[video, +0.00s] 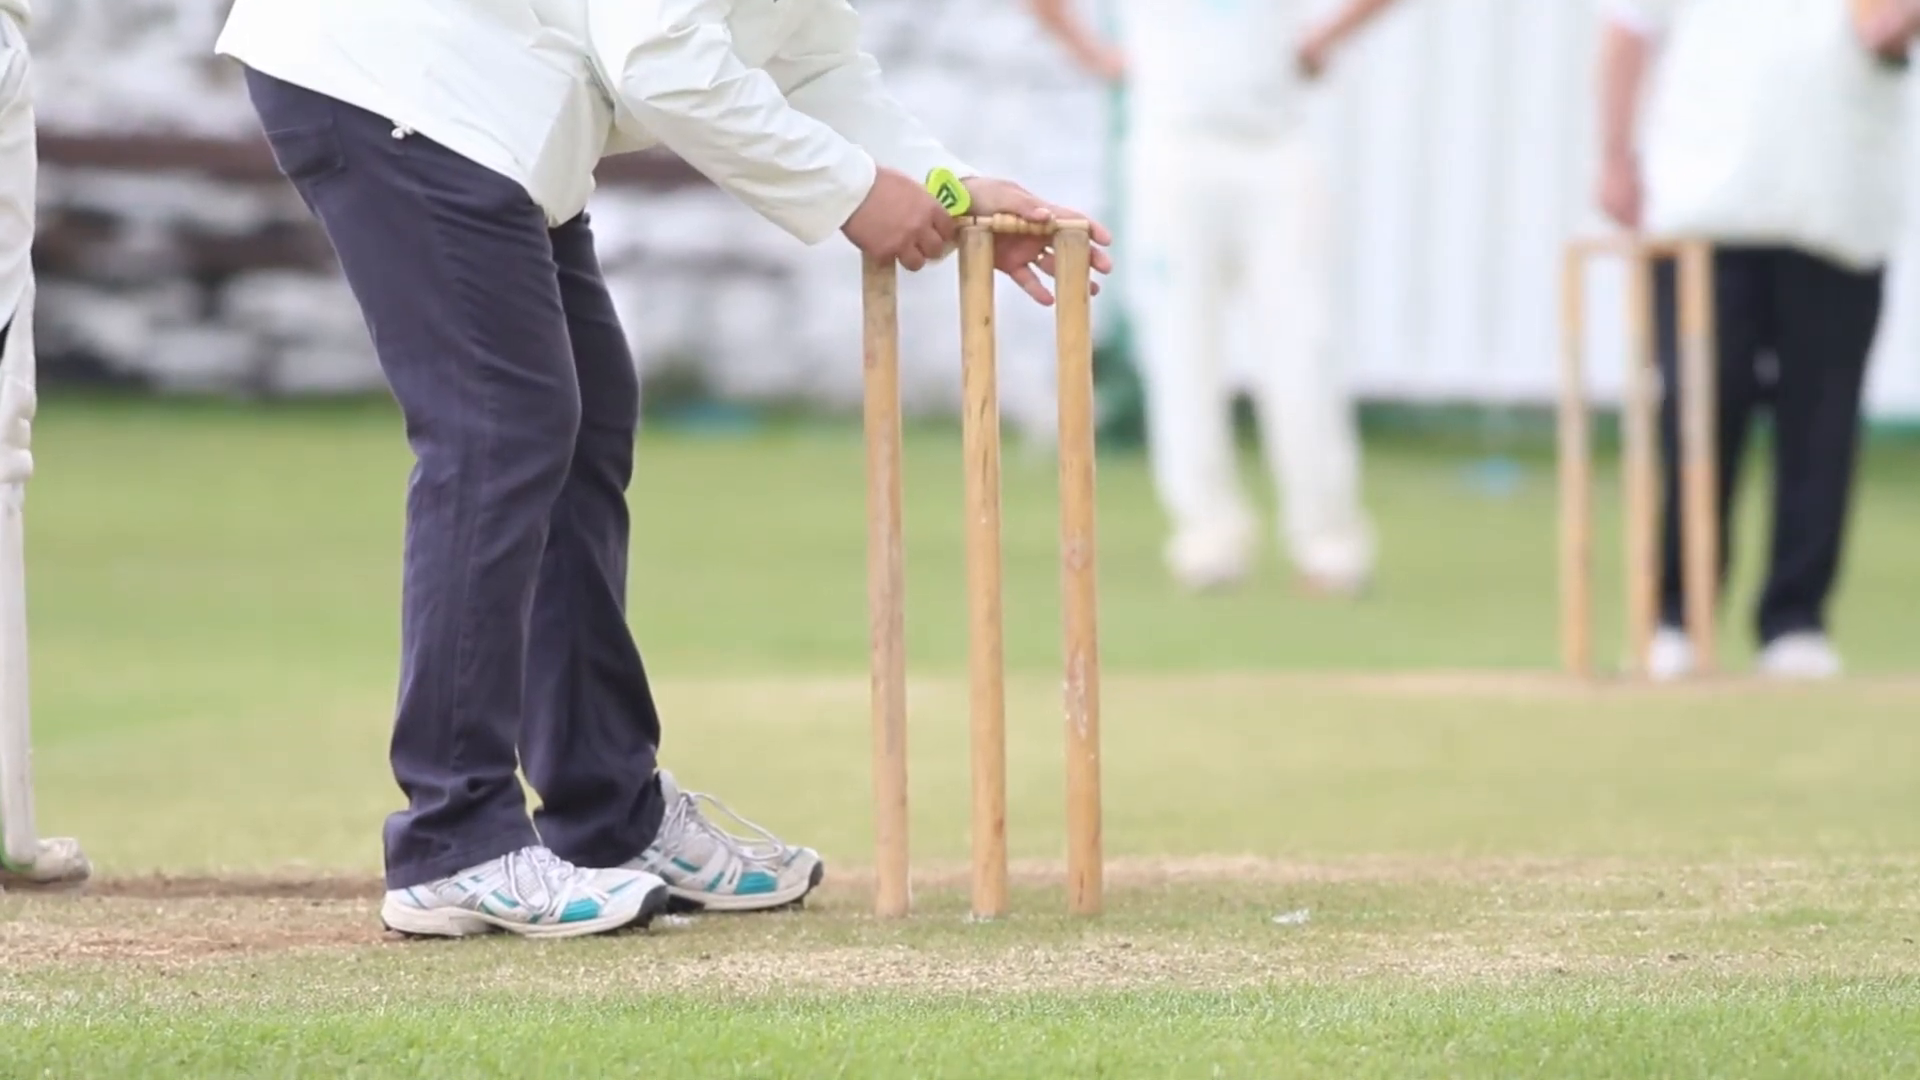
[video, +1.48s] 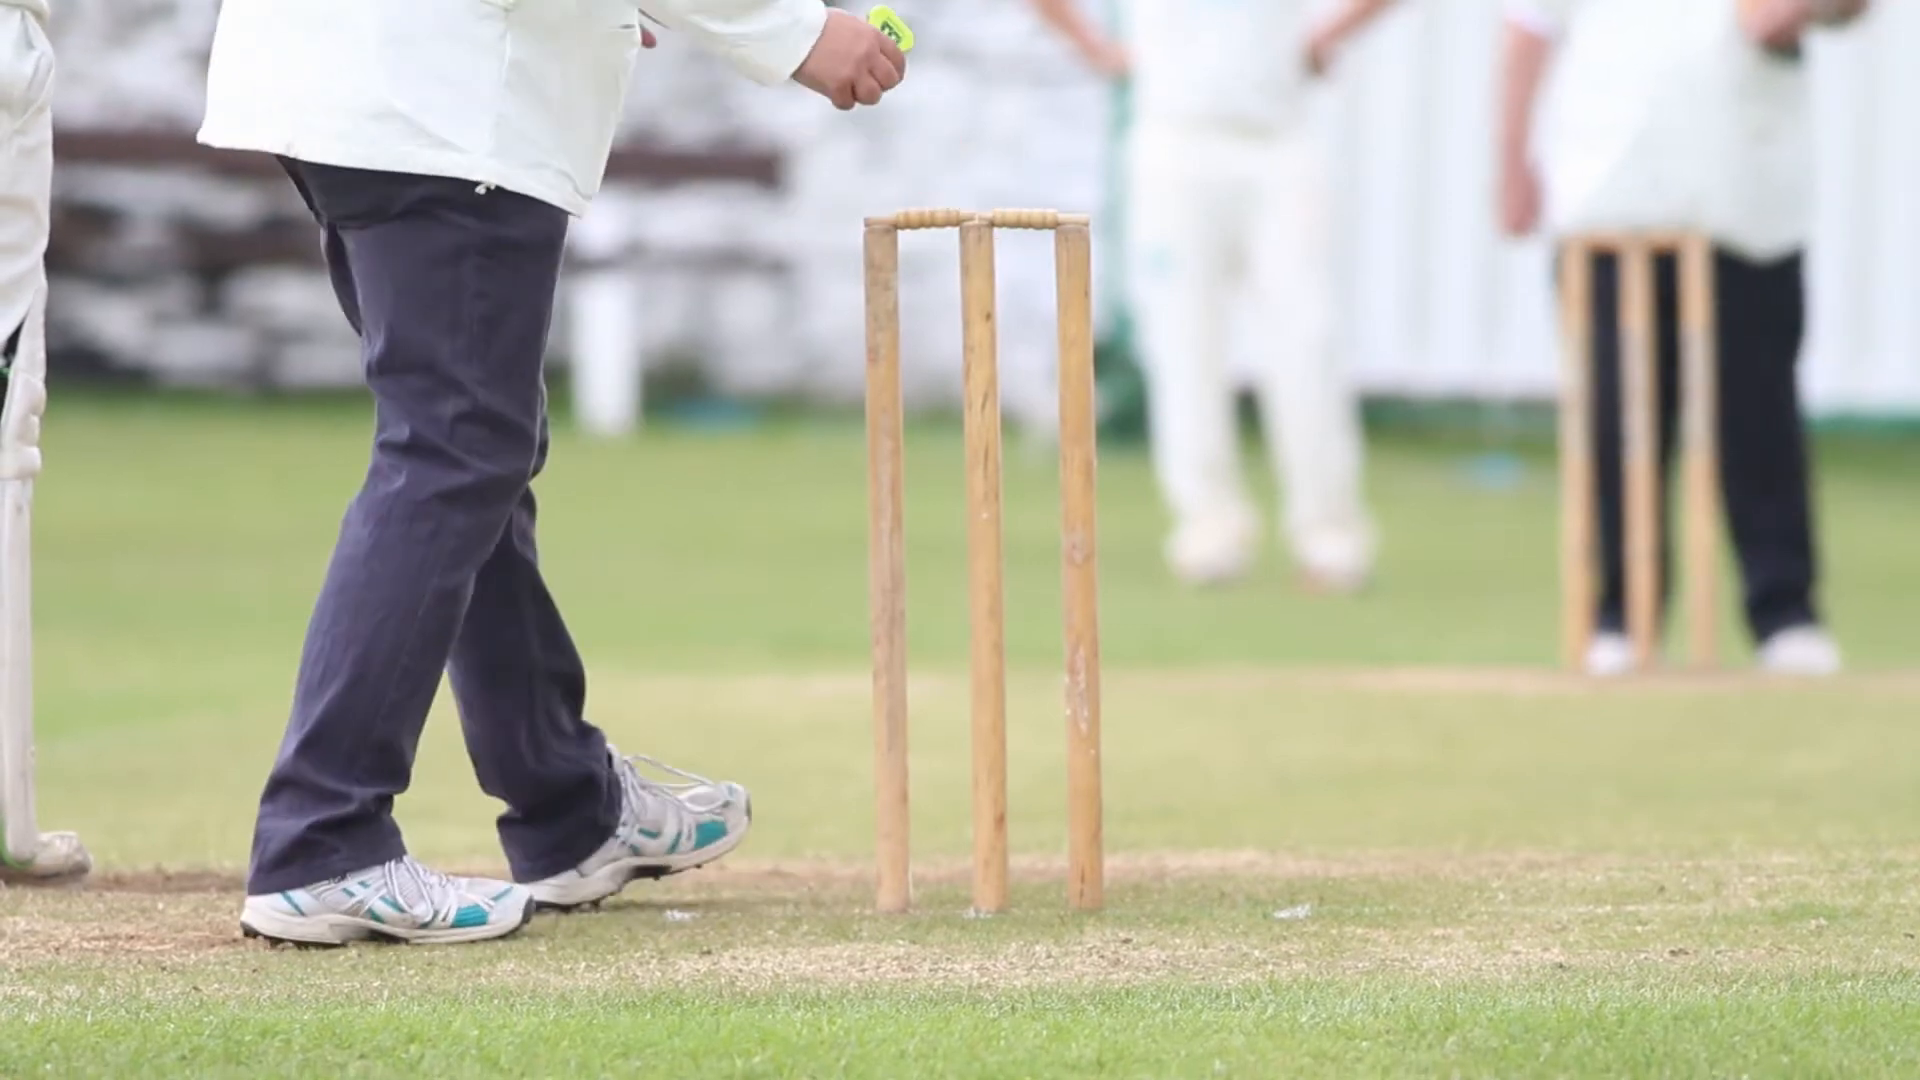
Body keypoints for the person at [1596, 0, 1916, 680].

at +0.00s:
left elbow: (1885, 28)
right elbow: (1629, 25)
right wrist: (1618, 159)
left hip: (1843, 196)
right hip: (1704, 190)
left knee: (1820, 431)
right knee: (1696, 423)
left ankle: (1796, 625)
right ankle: (1676, 623)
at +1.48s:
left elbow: (1854, 7)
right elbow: (1530, 22)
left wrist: (1804, 8)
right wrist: (1513, 160)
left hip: (1751, 193)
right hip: (1610, 192)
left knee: (1759, 421)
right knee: (1619, 427)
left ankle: (1786, 620)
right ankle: (1617, 624)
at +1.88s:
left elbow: (1842, 7)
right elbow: (1498, 6)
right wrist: (1472, 67)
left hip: (1736, 188)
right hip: (1597, 189)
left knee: (1757, 420)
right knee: (1614, 425)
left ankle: (1786, 621)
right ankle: (1615, 624)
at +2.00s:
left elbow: (1819, 12)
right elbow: (1517, 12)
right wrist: (1473, 6)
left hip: (1738, 201)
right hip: (1597, 200)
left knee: (1758, 428)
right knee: (1615, 428)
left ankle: (1786, 619)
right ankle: (1616, 623)